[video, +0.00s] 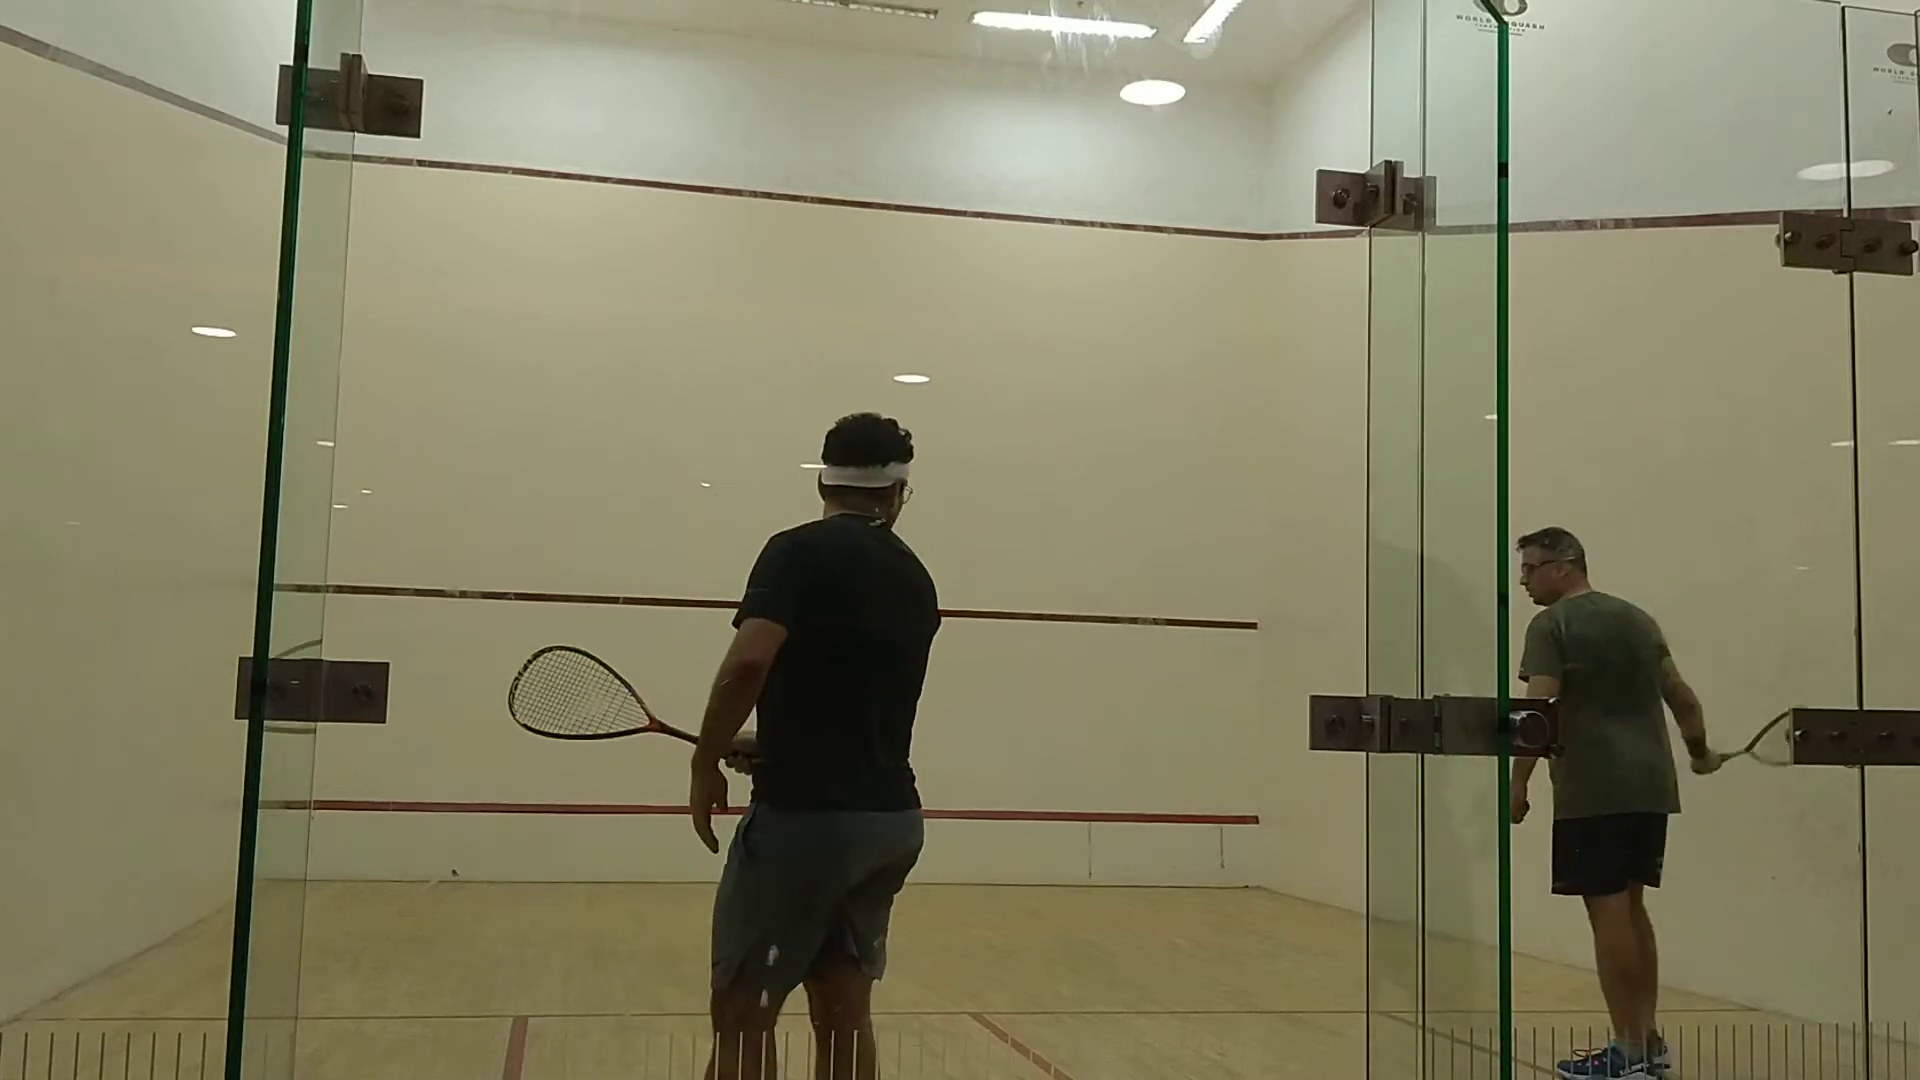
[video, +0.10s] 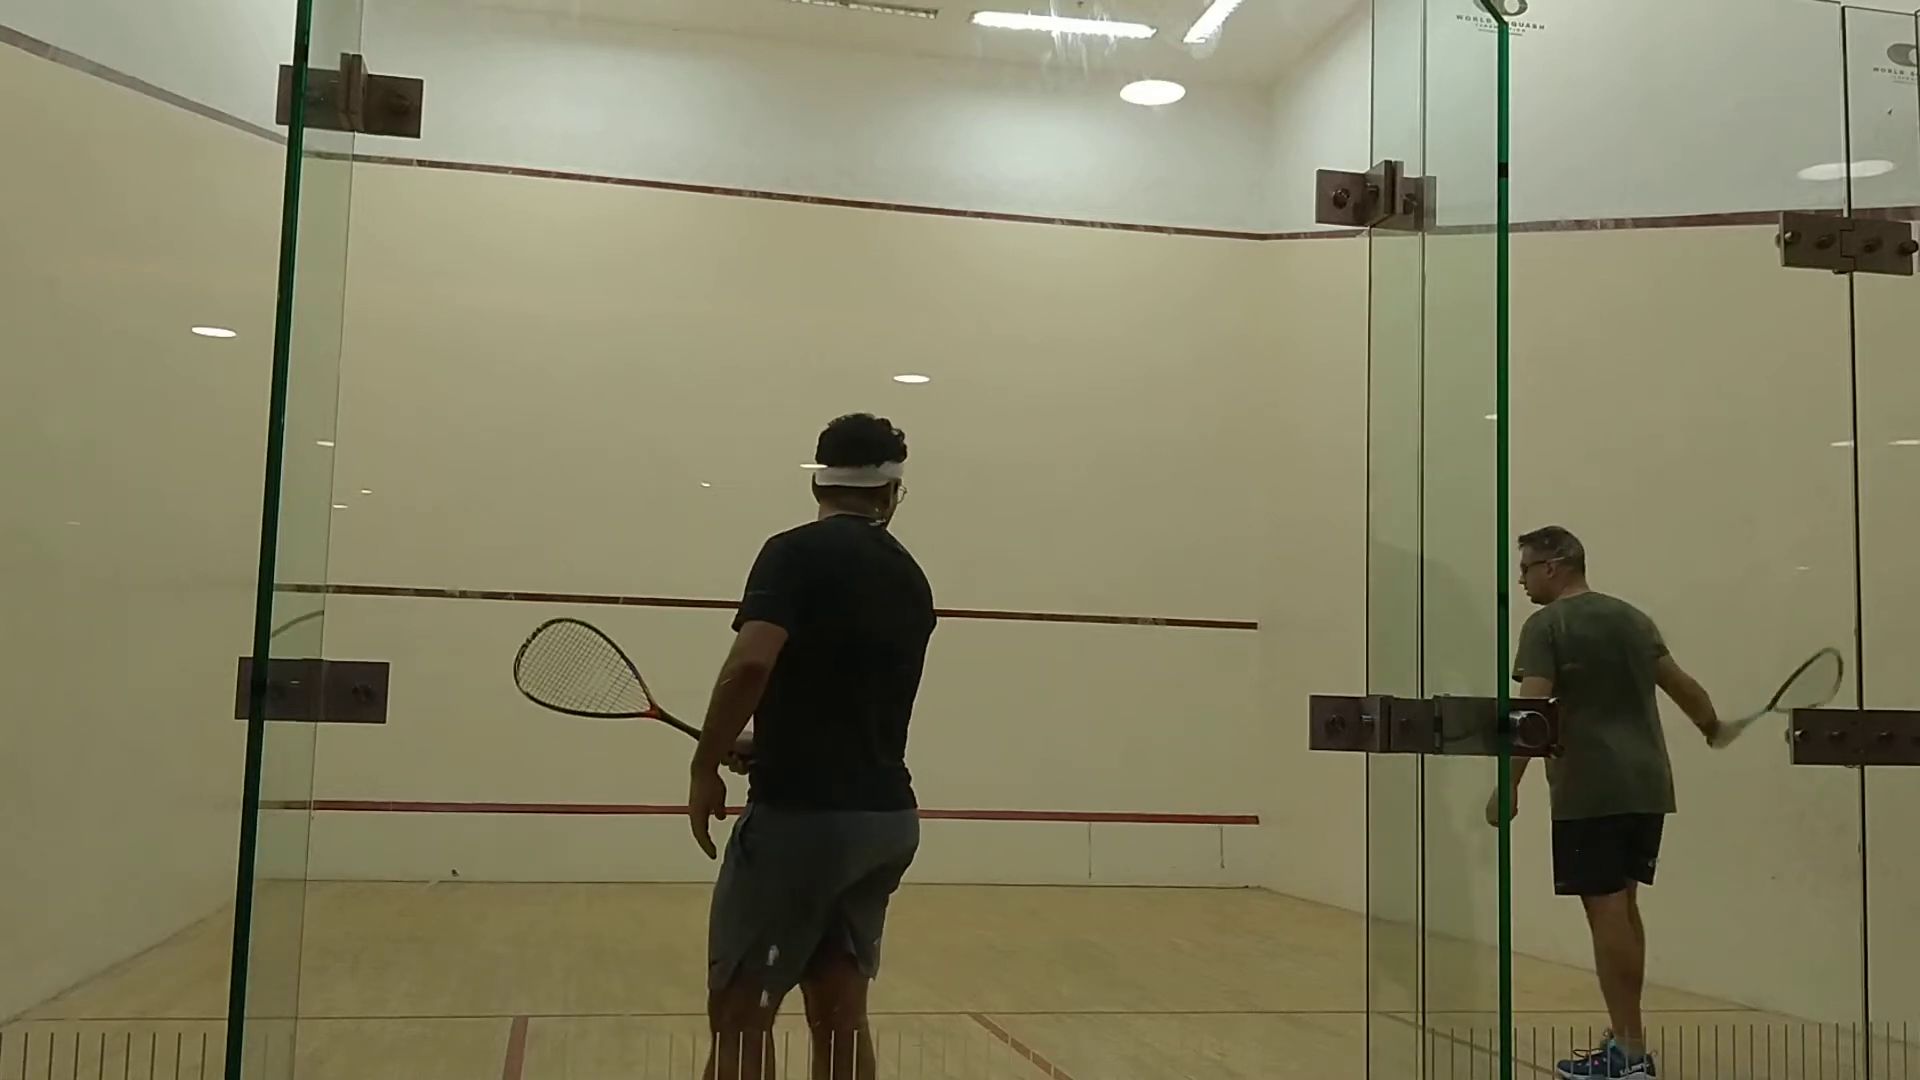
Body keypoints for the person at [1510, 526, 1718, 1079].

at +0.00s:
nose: (1524, 583)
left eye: (1529, 571)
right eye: (1523, 572)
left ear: (1564, 566)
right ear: (1576, 568)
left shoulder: (1550, 625)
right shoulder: (1637, 618)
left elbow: (1538, 713)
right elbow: (1682, 697)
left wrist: (1518, 783)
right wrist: (1699, 748)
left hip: (1592, 798)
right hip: (1650, 794)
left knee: (1609, 918)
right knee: (1633, 907)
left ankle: (1628, 1052)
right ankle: (1646, 1042)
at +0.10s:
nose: (1523, 582)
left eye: (1527, 571)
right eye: (1522, 572)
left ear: (1554, 567)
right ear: (1575, 567)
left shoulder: (1545, 625)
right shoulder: (1631, 618)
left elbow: (1531, 720)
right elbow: (1682, 686)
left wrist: (1507, 788)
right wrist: (1711, 725)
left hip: (1589, 797)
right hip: (1647, 791)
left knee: (1607, 916)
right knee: (1624, 909)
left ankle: (1630, 1051)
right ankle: (1625, 1043)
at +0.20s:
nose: (1525, 580)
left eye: (1528, 570)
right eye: (1525, 570)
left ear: (1544, 569)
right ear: (1580, 567)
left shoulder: (1537, 628)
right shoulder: (1628, 620)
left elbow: (1524, 720)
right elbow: (1680, 678)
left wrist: (1494, 789)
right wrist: (1722, 702)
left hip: (1583, 799)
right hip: (1641, 793)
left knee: (1606, 922)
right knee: (1616, 915)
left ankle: (1631, 1052)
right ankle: (1608, 1040)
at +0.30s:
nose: (1530, 581)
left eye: (1531, 572)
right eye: (1532, 571)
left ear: (1541, 572)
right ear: (1582, 570)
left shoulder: (1527, 633)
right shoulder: (1625, 624)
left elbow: (1513, 722)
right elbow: (1689, 684)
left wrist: (1484, 789)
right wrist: (1728, 679)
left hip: (1568, 803)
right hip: (1632, 798)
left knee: (1598, 929)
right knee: (1608, 923)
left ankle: (1630, 1053)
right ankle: (1598, 1046)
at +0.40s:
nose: (1531, 581)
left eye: (1533, 574)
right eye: (1534, 573)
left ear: (1541, 576)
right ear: (1585, 575)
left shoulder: (1517, 638)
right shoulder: (1623, 628)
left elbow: (1492, 722)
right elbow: (1691, 686)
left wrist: (1477, 790)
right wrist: (1724, 664)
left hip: (1555, 806)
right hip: (1624, 802)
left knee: (1571, 918)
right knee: (1605, 913)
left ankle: (1625, 1044)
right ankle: (1597, 1042)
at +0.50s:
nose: (1533, 581)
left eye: (1534, 574)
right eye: (1538, 573)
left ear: (1541, 577)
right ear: (1585, 576)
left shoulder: (1512, 638)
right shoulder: (1620, 630)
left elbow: (1484, 716)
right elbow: (1690, 687)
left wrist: (1476, 783)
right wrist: (1717, 653)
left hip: (1540, 804)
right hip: (1613, 802)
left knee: (1538, 907)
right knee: (1603, 908)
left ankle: (1604, 1013)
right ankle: (1598, 1030)